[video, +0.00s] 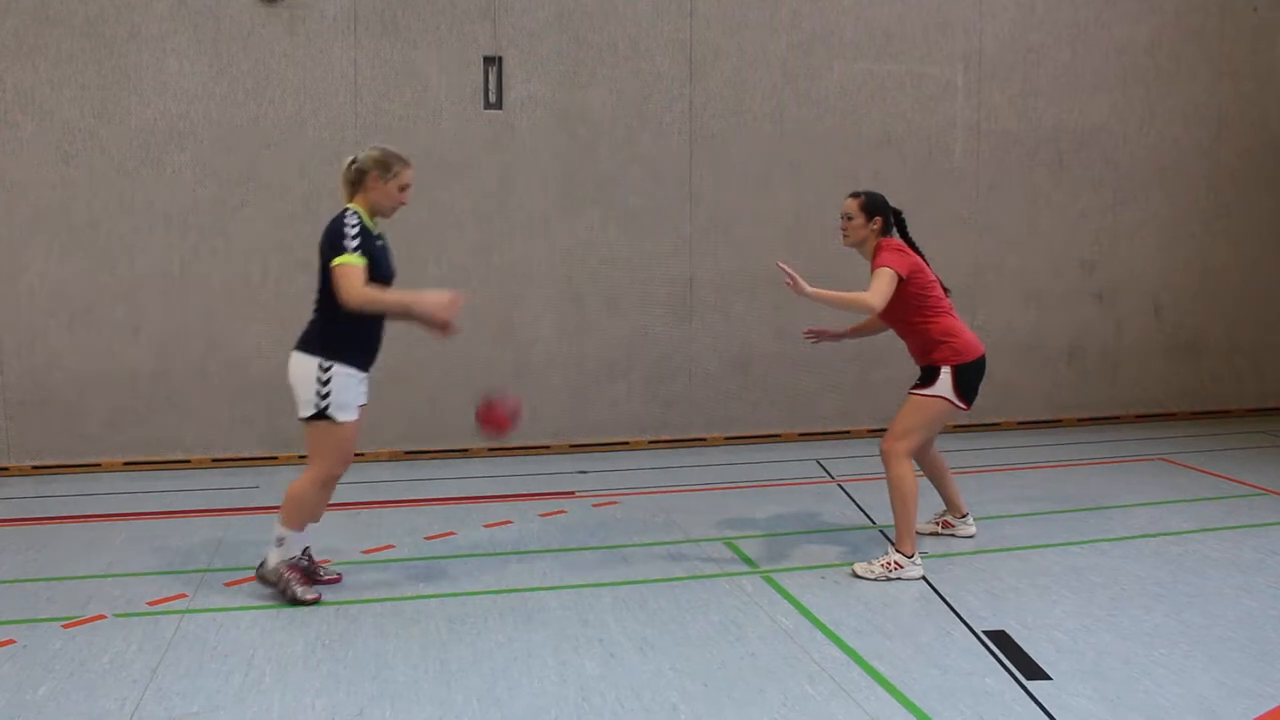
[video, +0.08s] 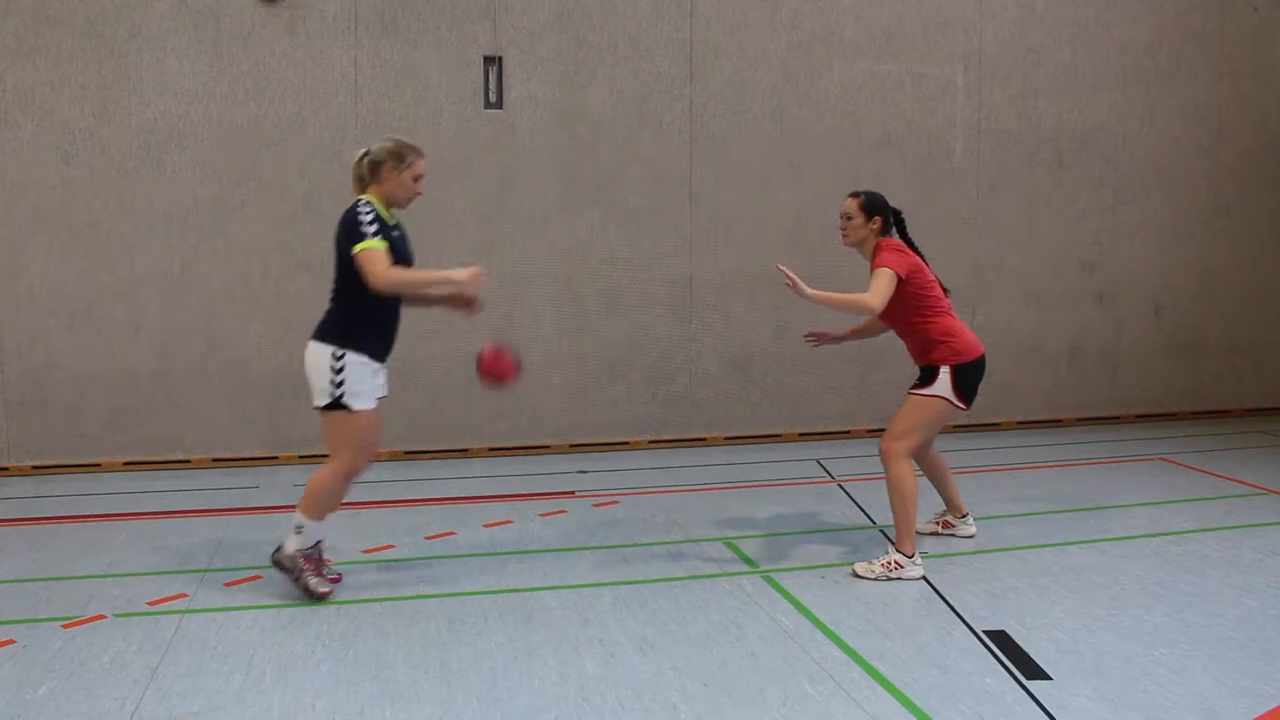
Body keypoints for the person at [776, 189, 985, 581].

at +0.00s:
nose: (841, 226)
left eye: (848, 219)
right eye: (841, 219)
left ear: (875, 223)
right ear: (872, 225)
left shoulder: (890, 253)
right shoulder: (889, 255)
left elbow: (874, 302)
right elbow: (889, 318)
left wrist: (811, 292)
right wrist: (843, 333)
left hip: (951, 363)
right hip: (949, 360)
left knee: (895, 449)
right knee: (918, 443)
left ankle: (905, 556)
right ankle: (959, 516)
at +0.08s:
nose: (841, 226)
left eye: (848, 218)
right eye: (841, 219)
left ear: (874, 223)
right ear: (871, 225)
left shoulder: (889, 253)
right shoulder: (889, 255)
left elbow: (874, 303)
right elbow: (888, 320)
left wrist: (811, 294)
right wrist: (842, 335)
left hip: (951, 363)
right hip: (948, 361)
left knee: (894, 448)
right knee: (917, 443)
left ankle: (905, 555)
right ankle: (959, 516)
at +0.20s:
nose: (842, 227)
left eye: (849, 220)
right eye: (842, 220)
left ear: (876, 225)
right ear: (872, 226)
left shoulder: (890, 256)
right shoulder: (889, 257)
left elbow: (874, 309)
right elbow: (890, 324)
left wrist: (811, 299)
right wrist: (841, 344)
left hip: (947, 368)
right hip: (948, 364)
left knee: (885, 451)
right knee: (913, 448)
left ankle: (905, 555)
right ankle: (958, 516)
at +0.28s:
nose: (844, 224)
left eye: (851, 217)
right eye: (843, 217)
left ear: (877, 221)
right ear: (875, 223)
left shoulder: (890, 253)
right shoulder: (891, 253)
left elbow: (876, 307)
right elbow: (888, 322)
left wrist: (815, 297)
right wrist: (841, 338)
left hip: (941, 368)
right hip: (947, 364)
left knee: (880, 451)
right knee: (914, 449)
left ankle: (905, 555)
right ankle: (958, 516)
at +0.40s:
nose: (843, 208)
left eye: (850, 201)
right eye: (843, 201)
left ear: (876, 203)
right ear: (871, 205)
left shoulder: (890, 236)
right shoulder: (885, 238)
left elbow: (886, 291)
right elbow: (887, 305)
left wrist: (825, 286)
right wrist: (839, 319)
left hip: (938, 352)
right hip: (932, 351)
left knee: (891, 443)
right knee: (911, 435)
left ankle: (903, 551)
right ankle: (954, 507)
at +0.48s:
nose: (843, 205)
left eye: (850, 198)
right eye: (843, 198)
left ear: (876, 199)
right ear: (869, 201)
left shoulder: (892, 233)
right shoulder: (882, 238)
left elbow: (888, 292)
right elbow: (886, 304)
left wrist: (827, 287)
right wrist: (838, 320)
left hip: (939, 347)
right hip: (929, 347)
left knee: (891, 442)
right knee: (911, 434)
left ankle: (917, 546)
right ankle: (946, 505)